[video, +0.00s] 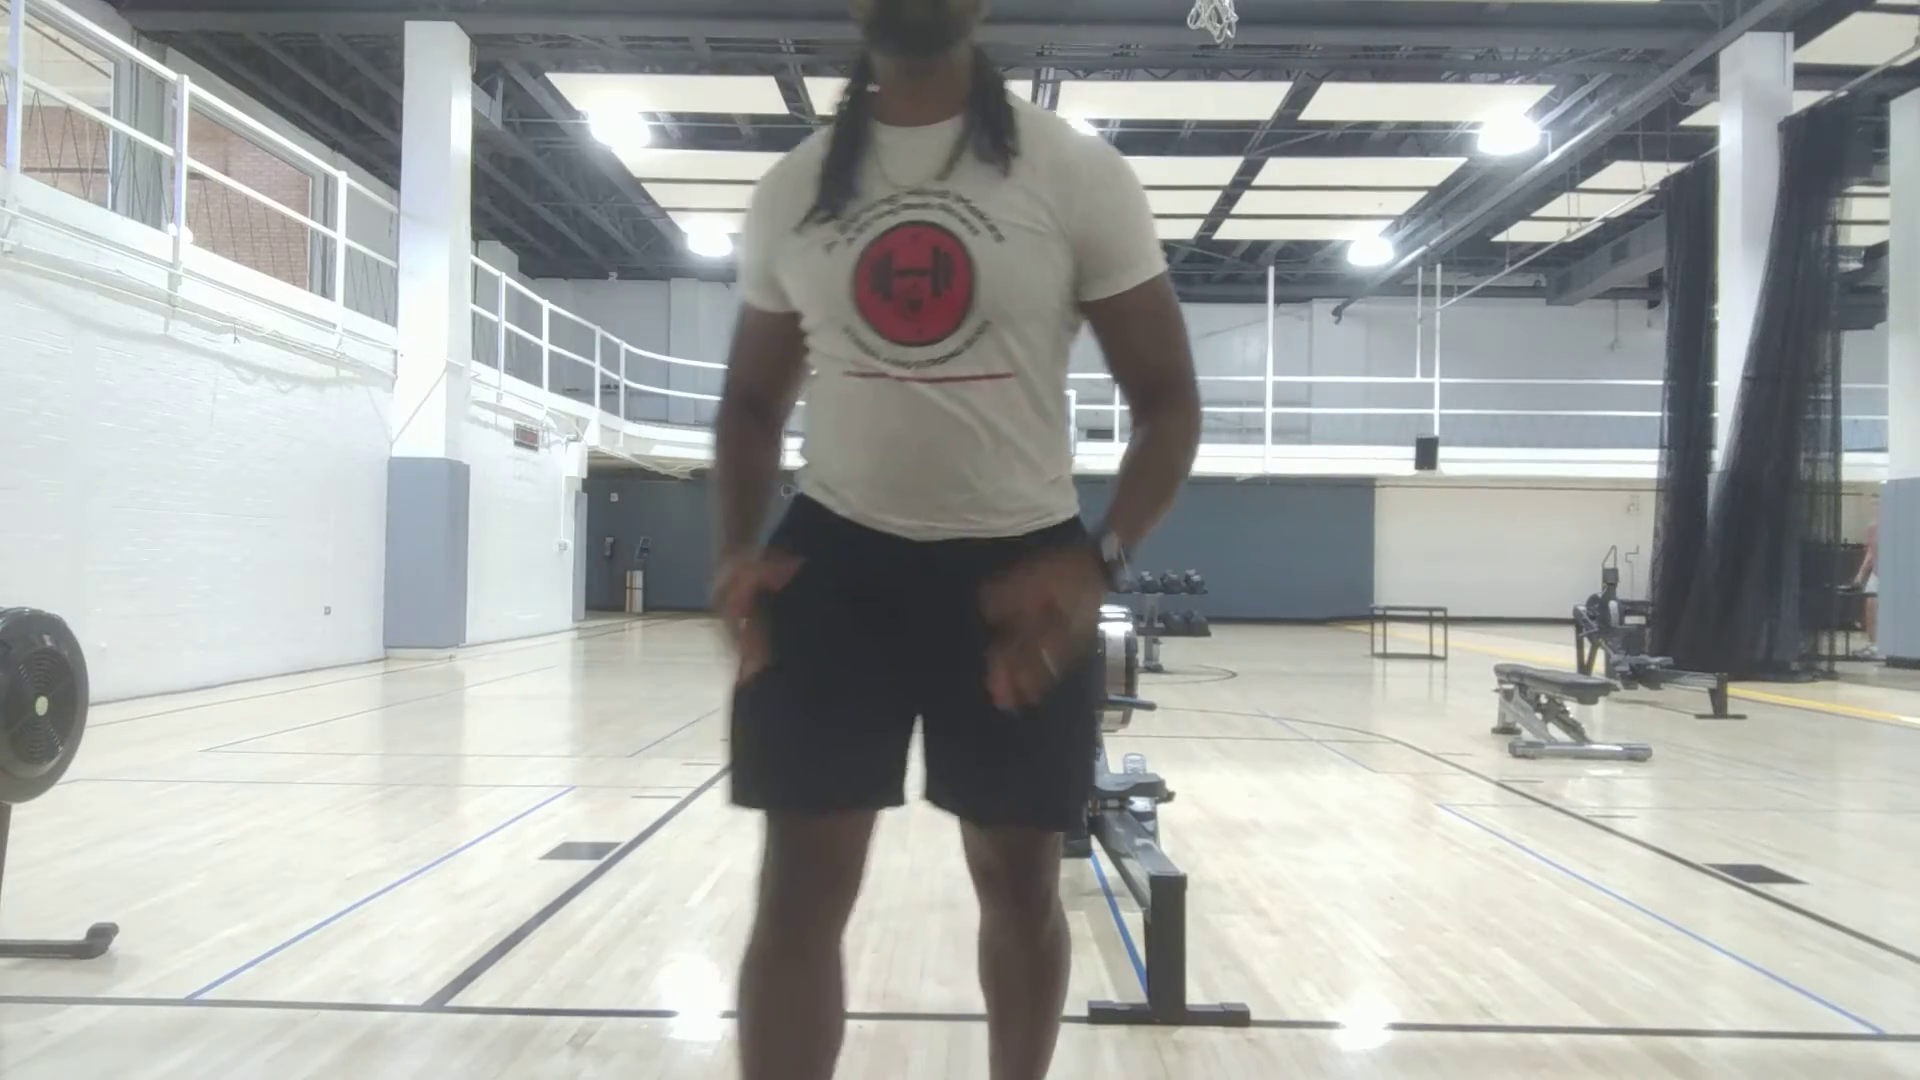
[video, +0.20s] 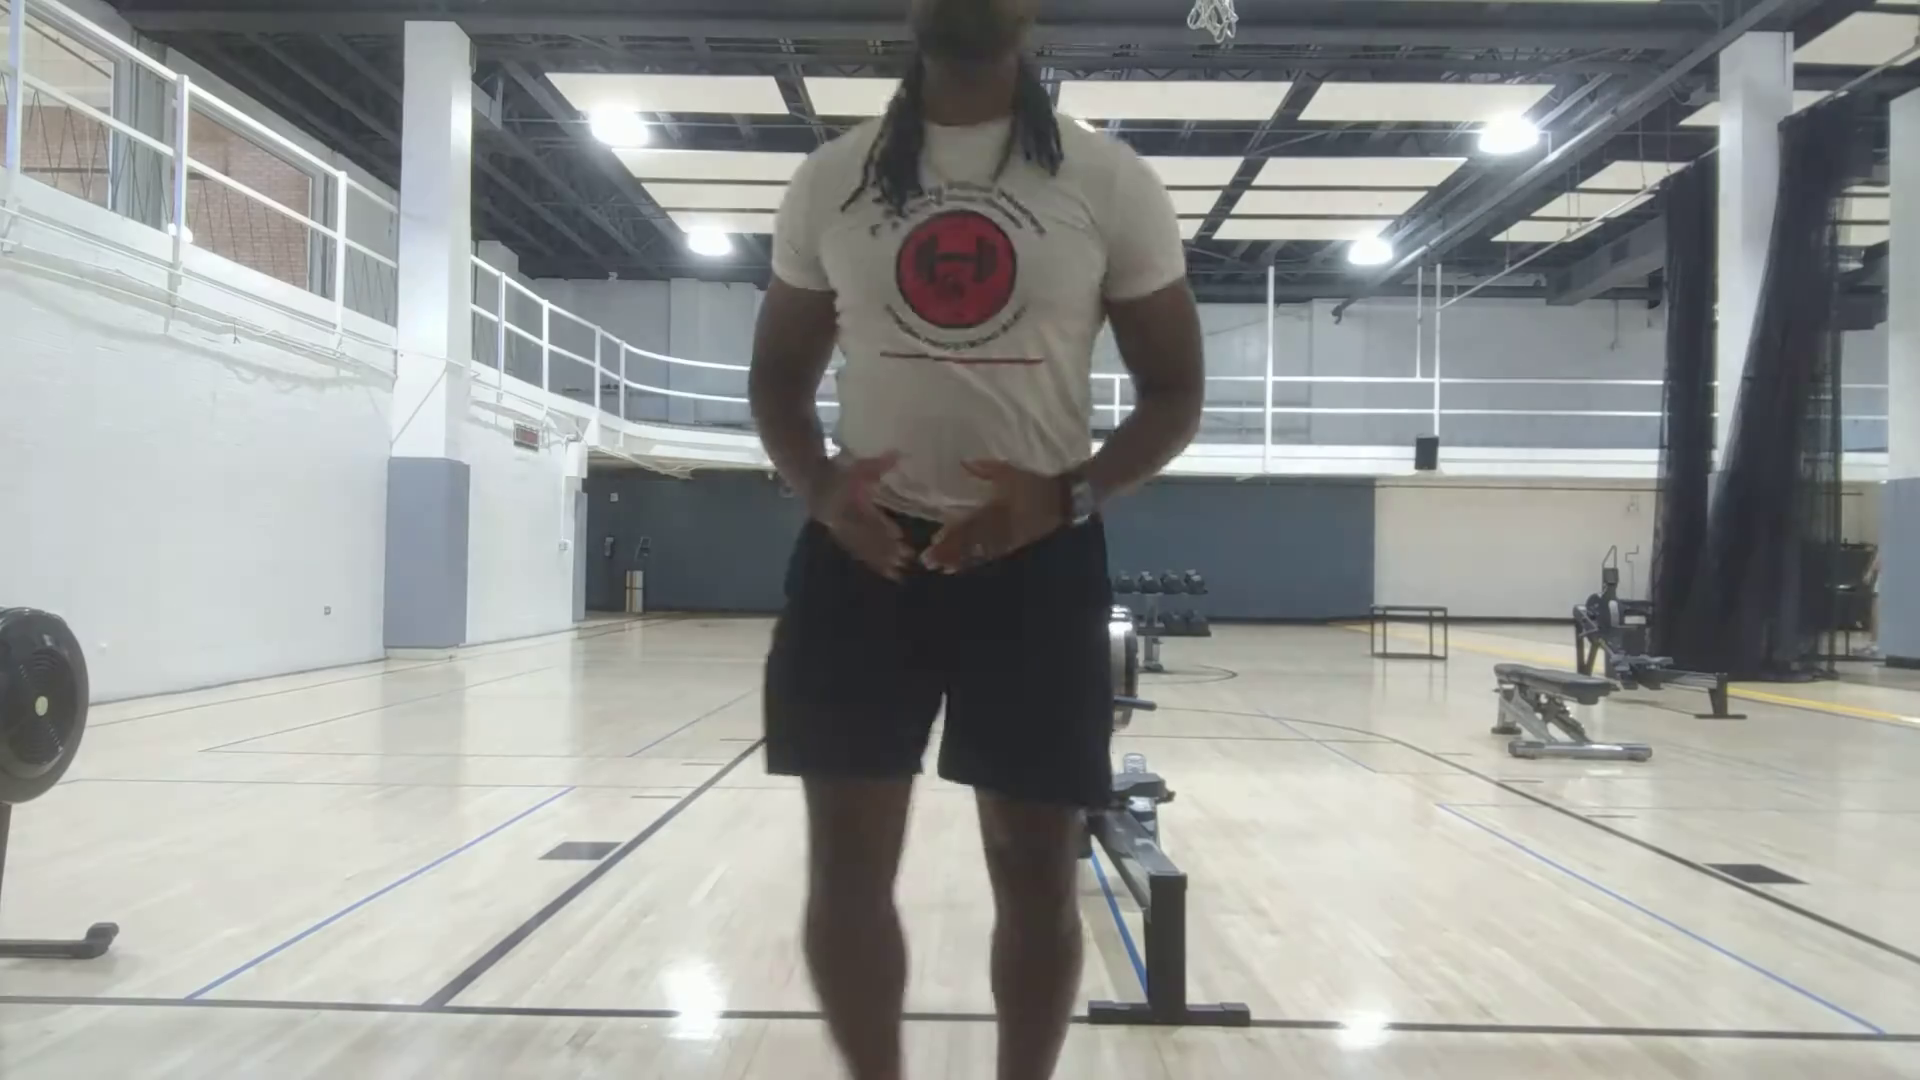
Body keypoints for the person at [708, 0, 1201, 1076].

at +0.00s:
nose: (910, 1)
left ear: (980, 8)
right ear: (853, 11)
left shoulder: (1078, 177)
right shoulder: (797, 186)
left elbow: (1169, 405)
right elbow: (752, 398)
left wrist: (1099, 557)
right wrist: (736, 550)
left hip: (1020, 569)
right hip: (837, 562)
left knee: (1019, 888)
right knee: (800, 894)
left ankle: (1018, 1075)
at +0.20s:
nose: (968, 1)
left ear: (1036, 14)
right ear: (911, 11)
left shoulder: (1111, 183)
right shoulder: (833, 179)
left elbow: (1175, 396)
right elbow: (779, 381)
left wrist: (1068, 494)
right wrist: (818, 481)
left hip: (1035, 571)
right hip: (866, 564)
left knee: (1037, 873)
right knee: (848, 875)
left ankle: (1023, 1074)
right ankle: (877, 1073)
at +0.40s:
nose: (975, 47)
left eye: (1002, 28)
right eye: (953, 27)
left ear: (1041, 60)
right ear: (921, 54)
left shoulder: (1096, 239)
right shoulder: (850, 229)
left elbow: (1148, 410)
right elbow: (769, 400)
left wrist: (1179, 518)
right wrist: (743, 529)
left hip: (1045, 592)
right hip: (883, 589)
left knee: (1049, 884)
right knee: (881, 878)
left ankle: (1030, 1076)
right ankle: (899, 1072)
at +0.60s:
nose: (949, 19)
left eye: (970, 10)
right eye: (935, 10)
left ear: (1014, 21)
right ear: (912, 24)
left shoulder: (1092, 125)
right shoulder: (841, 127)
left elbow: (1236, 241)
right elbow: (668, 236)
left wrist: (1311, 146)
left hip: (1029, 495)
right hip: (865, 488)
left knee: (1063, 802)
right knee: (800, 782)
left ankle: (1090, 1056)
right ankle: (750, 1046)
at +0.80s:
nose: (945, 126)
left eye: (965, 106)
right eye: (922, 106)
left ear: (998, 119)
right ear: (890, 121)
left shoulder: (1068, 237)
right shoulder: (820, 244)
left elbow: (1243, 159)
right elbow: (647, 171)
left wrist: (1105, 57)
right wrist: (737, 50)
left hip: (1016, 627)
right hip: (848, 618)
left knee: (1075, 894)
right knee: (751, 881)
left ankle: (1119, 1078)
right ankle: (670, 1067)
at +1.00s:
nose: (939, 23)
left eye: (960, 10)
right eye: (917, 10)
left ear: (992, 32)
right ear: (878, 29)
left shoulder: (1062, 157)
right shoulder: (810, 144)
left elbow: (1218, 239)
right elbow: (637, 191)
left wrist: (1330, 132)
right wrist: (555, 83)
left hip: (1000, 506)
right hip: (841, 499)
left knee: (1037, 792)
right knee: (774, 773)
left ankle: (1062, 1038)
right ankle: (745, 1030)